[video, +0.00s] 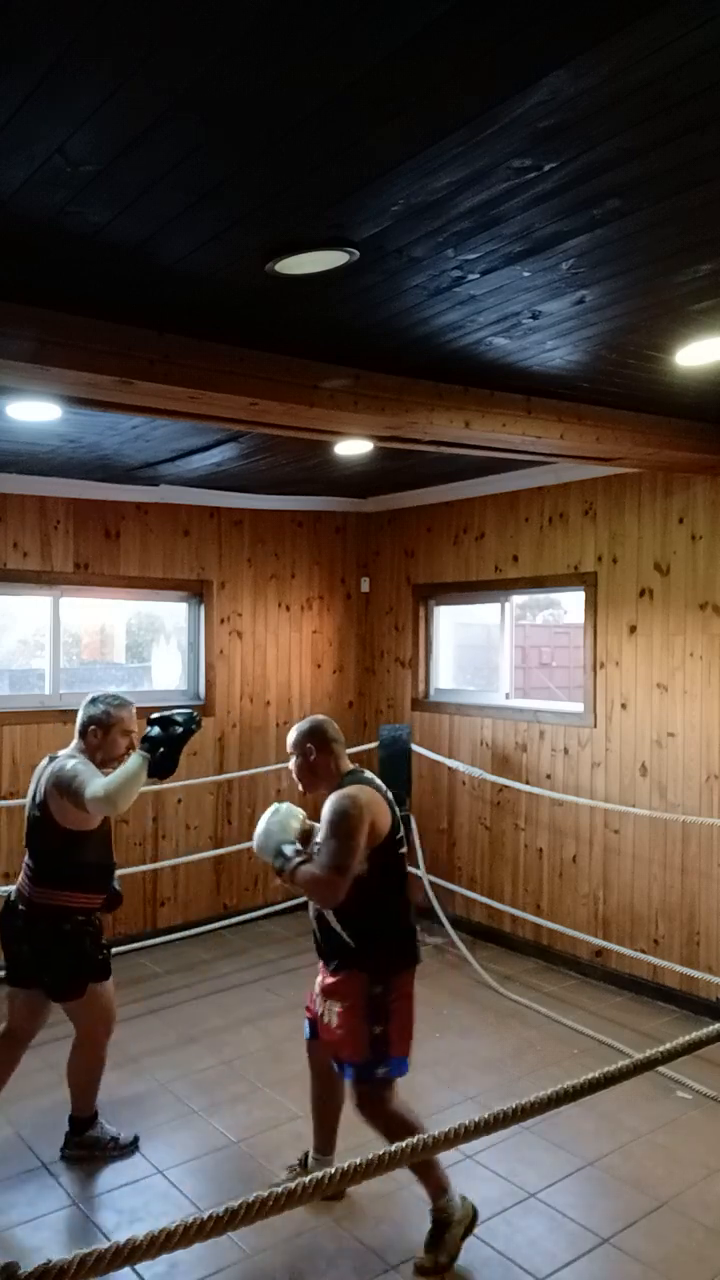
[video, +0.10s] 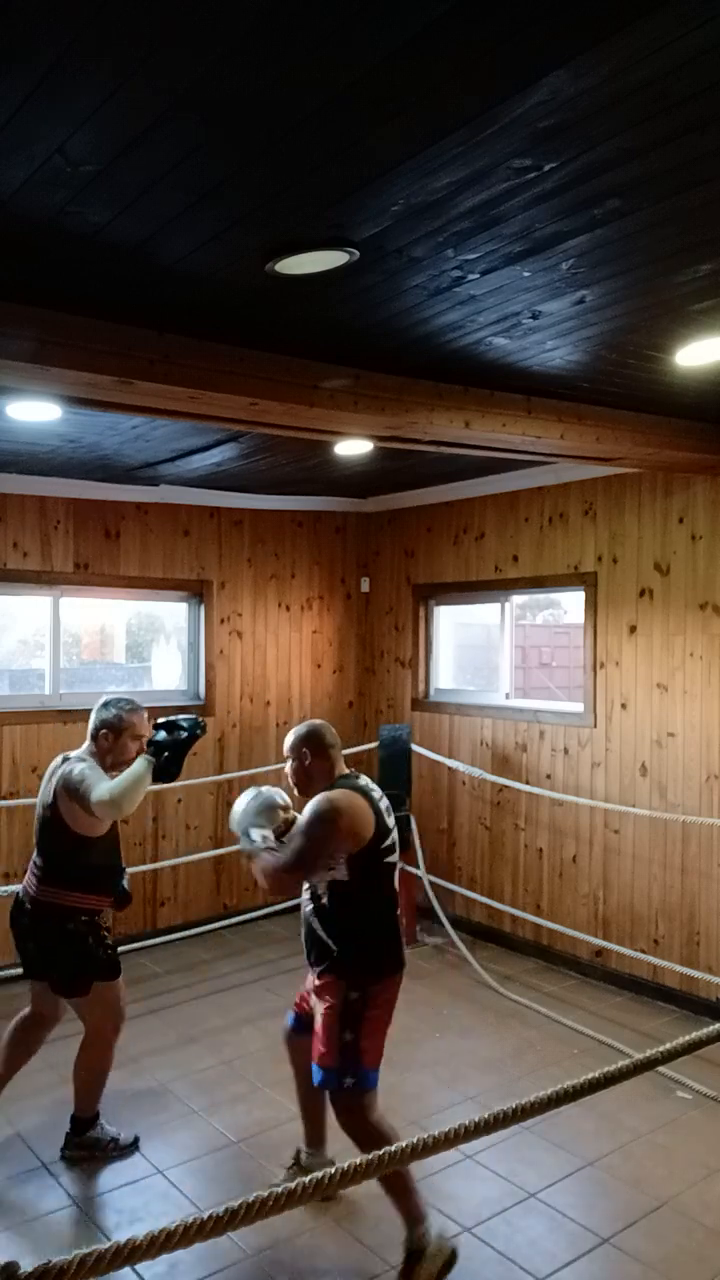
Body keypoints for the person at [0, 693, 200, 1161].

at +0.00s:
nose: (130, 747)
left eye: (133, 737)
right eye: (124, 736)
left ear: (90, 736)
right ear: (94, 733)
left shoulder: (58, 764)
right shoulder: (73, 768)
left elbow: (127, 787)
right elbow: (105, 799)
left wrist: (155, 760)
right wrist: (149, 751)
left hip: (32, 919)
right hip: (64, 926)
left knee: (19, 1028)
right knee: (97, 1023)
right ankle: (82, 1131)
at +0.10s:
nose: (142, 752)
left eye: (144, 742)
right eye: (136, 741)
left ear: (102, 739)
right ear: (106, 737)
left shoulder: (70, 763)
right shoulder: (81, 771)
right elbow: (111, 803)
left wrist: (160, 758)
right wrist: (155, 755)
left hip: (38, 911)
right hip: (71, 922)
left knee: (43, 1012)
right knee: (105, 1020)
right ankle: (84, 1131)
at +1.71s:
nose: (143, 734)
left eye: (149, 726)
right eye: (136, 723)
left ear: (154, 731)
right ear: (117, 723)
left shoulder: (150, 770)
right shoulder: (89, 758)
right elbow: (76, 783)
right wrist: (122, 746)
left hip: (127, 880)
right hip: (80, 882)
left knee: (125, 960)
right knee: (95, 992)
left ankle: (99, 1036)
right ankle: (71, 1096)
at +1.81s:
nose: (139, 749)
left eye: (145, 740)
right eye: (131, 739)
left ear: (150, 738)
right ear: (112, 735)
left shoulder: (146, 768)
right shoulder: (96, 764)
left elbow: (174, 790)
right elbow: (67, 775)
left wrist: (155, 744)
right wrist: (93, 728)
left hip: (126, 878)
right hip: (83, 883)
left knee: (125, 959)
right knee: (95, 992)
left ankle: (98, 1036)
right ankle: (69, 1097)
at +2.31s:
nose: (136, 749)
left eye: (141, 740)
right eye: (130, 740)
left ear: (143, 744)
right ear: (114, 741)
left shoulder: (141, 776)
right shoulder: (88, 769)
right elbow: (53, 776)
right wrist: (97, 737)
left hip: (120, 879)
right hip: (78, 881)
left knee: (115, 973)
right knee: (92, 989)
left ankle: (97, 1039)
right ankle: (71, 1095)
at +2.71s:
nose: (128, 724)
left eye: (134, 717)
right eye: (122, 715)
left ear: (139, 720)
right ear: (104, 717)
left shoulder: (139, 761)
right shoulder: (79, 756)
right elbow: (38, 763)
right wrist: (81, 728)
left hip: (125, 875)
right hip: (84, 878)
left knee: (119, 971)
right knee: (91, 991)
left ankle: (99, 1037)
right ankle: (70, 1096)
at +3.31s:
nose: (116, 735)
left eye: (123, 727)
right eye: (109, 727)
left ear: (130, 723)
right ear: (91, 722)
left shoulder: (131, 755)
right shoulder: (69, 749)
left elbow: (156, 798)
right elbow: (15, 786)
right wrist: (51, 755)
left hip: (127, 872)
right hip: (78, 871)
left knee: (113, 976)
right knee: (83, 982)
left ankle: (102, 1065)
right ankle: (64, 1085)